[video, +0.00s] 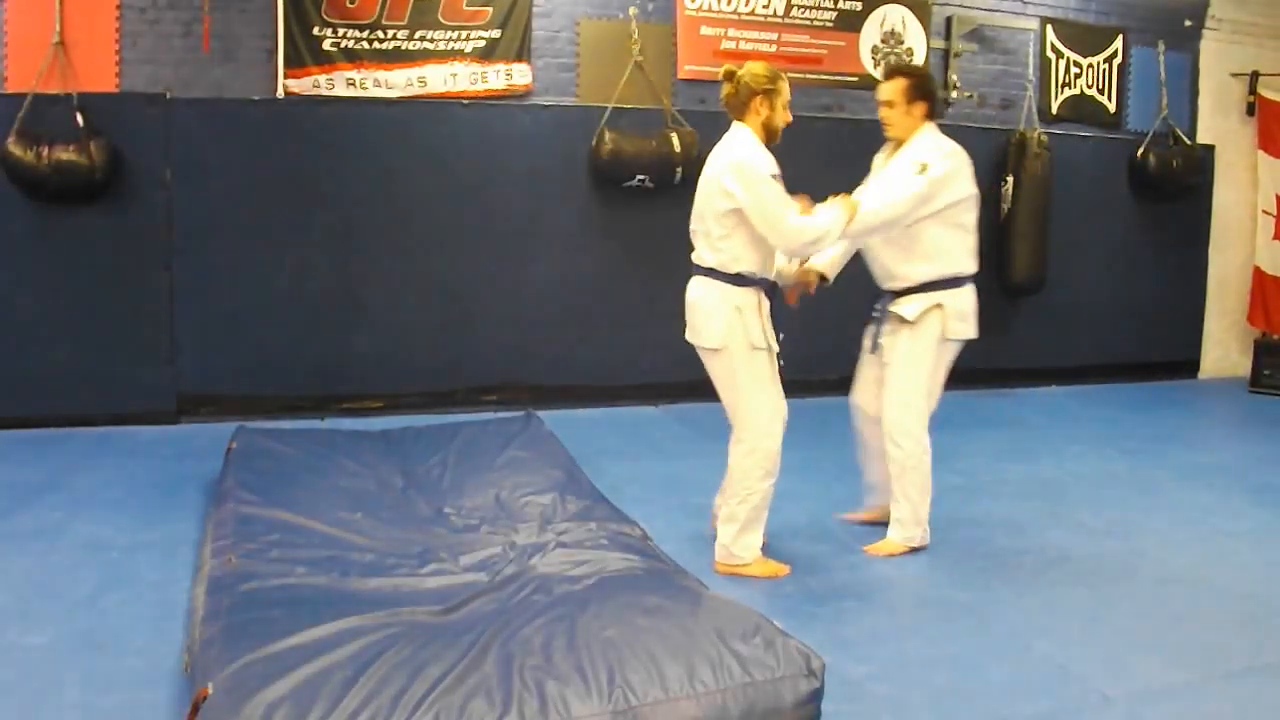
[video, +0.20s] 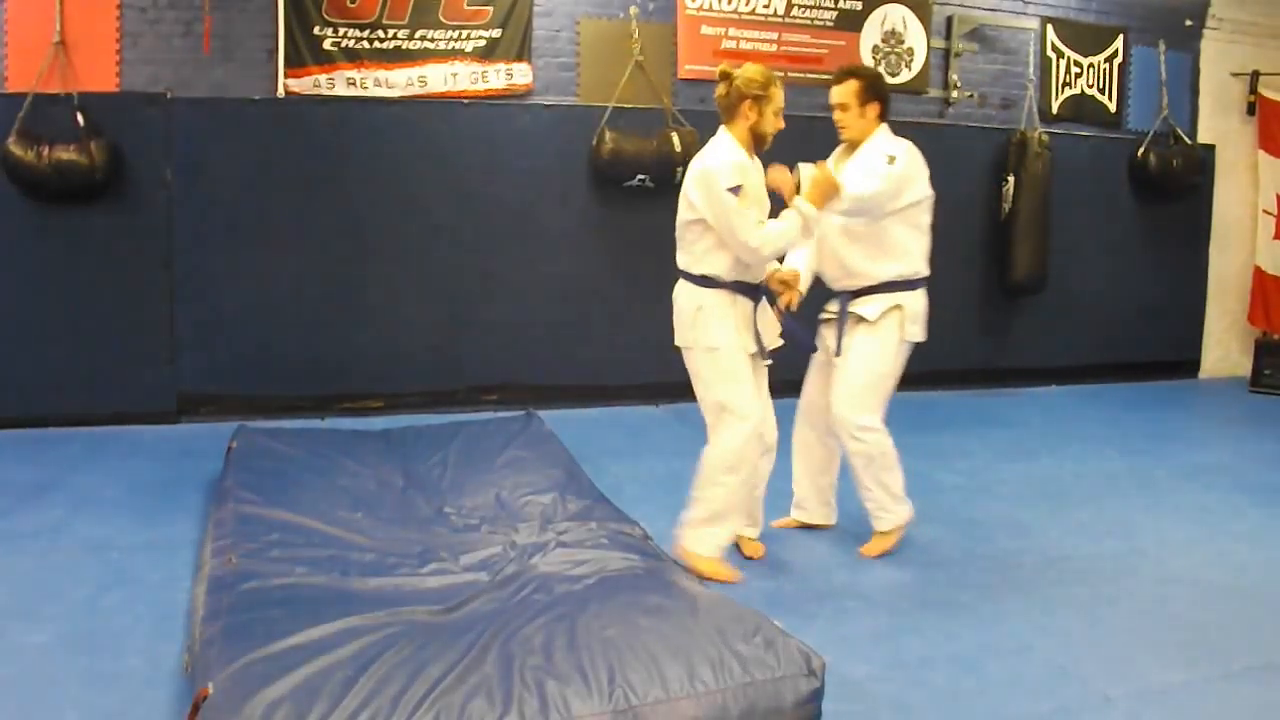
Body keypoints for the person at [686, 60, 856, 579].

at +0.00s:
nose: (791, 114)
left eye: (789, 104)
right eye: (786, 104)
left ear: (754, 105)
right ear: (761, 105)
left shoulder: (739, 152)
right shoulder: (744, 158)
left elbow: (757, 239)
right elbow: (786, 231)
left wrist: (792, 271)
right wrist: (840, 211)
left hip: (732, 297)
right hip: (727, 303)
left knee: (766, 413)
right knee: (760, 420)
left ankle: (732, 519)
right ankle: (737, 551)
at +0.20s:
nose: (783, 122)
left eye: (782, 111)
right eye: (778, 112)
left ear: (748, 110)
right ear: (750, 110)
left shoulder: (746, 162)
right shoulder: (718, 164)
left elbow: (739, 247)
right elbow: (755, 245)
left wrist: (770, 278)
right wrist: (807, 206)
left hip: (741, 305)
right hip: (708, 307)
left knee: (762, 428)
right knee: (739, 424)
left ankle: (743, 525)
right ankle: (696, 543)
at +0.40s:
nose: (767, 122)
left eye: (768, 113)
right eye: (763, 112)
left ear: (731, 110)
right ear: (737, 110)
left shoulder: (729, 164)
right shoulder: (700, 166)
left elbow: (720, 256)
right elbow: (751, 239)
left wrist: (757, 277)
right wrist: (791, 186)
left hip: (724, 306)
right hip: (689, 306)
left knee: (750, 427)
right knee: (694, 425)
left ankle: (745, 524)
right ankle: (642, 533)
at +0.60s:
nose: (758, 117)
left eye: (759, 108)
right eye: (755, 106)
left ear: (724, 103)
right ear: (730, 103)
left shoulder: (715, 153)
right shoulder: (692, 157)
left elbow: (741, 223)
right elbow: (727, 240)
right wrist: (779, 196)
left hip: (707, 297)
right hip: (677, 297)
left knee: (738, 414)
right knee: (682, 424)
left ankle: (748, 521)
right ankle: (643, 536)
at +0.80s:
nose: (757, 104)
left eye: (756, 94)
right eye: (752, 95)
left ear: (718, 97)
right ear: (728, 98)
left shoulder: (707, 146)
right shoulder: (697, 152)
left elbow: (741, 218)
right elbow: (745, 229)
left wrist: (786, 223)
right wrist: (807, 222)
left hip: (694, 291)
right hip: (671, 293)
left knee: (738, 392)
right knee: (675, 417)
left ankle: (744, 491)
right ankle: (643, 535)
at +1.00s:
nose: (753, 99)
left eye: (751, 91)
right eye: (749, 91)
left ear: (711, 95)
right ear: (727, 96)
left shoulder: (678, 138)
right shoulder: (719, 153)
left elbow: (744, 190)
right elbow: (776, 208)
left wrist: (796, 200)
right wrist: (845, 240)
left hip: (670, 283)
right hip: (678, 293)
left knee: (732, 377)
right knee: (682, 413)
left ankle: (726, 476)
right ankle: (645, 533)